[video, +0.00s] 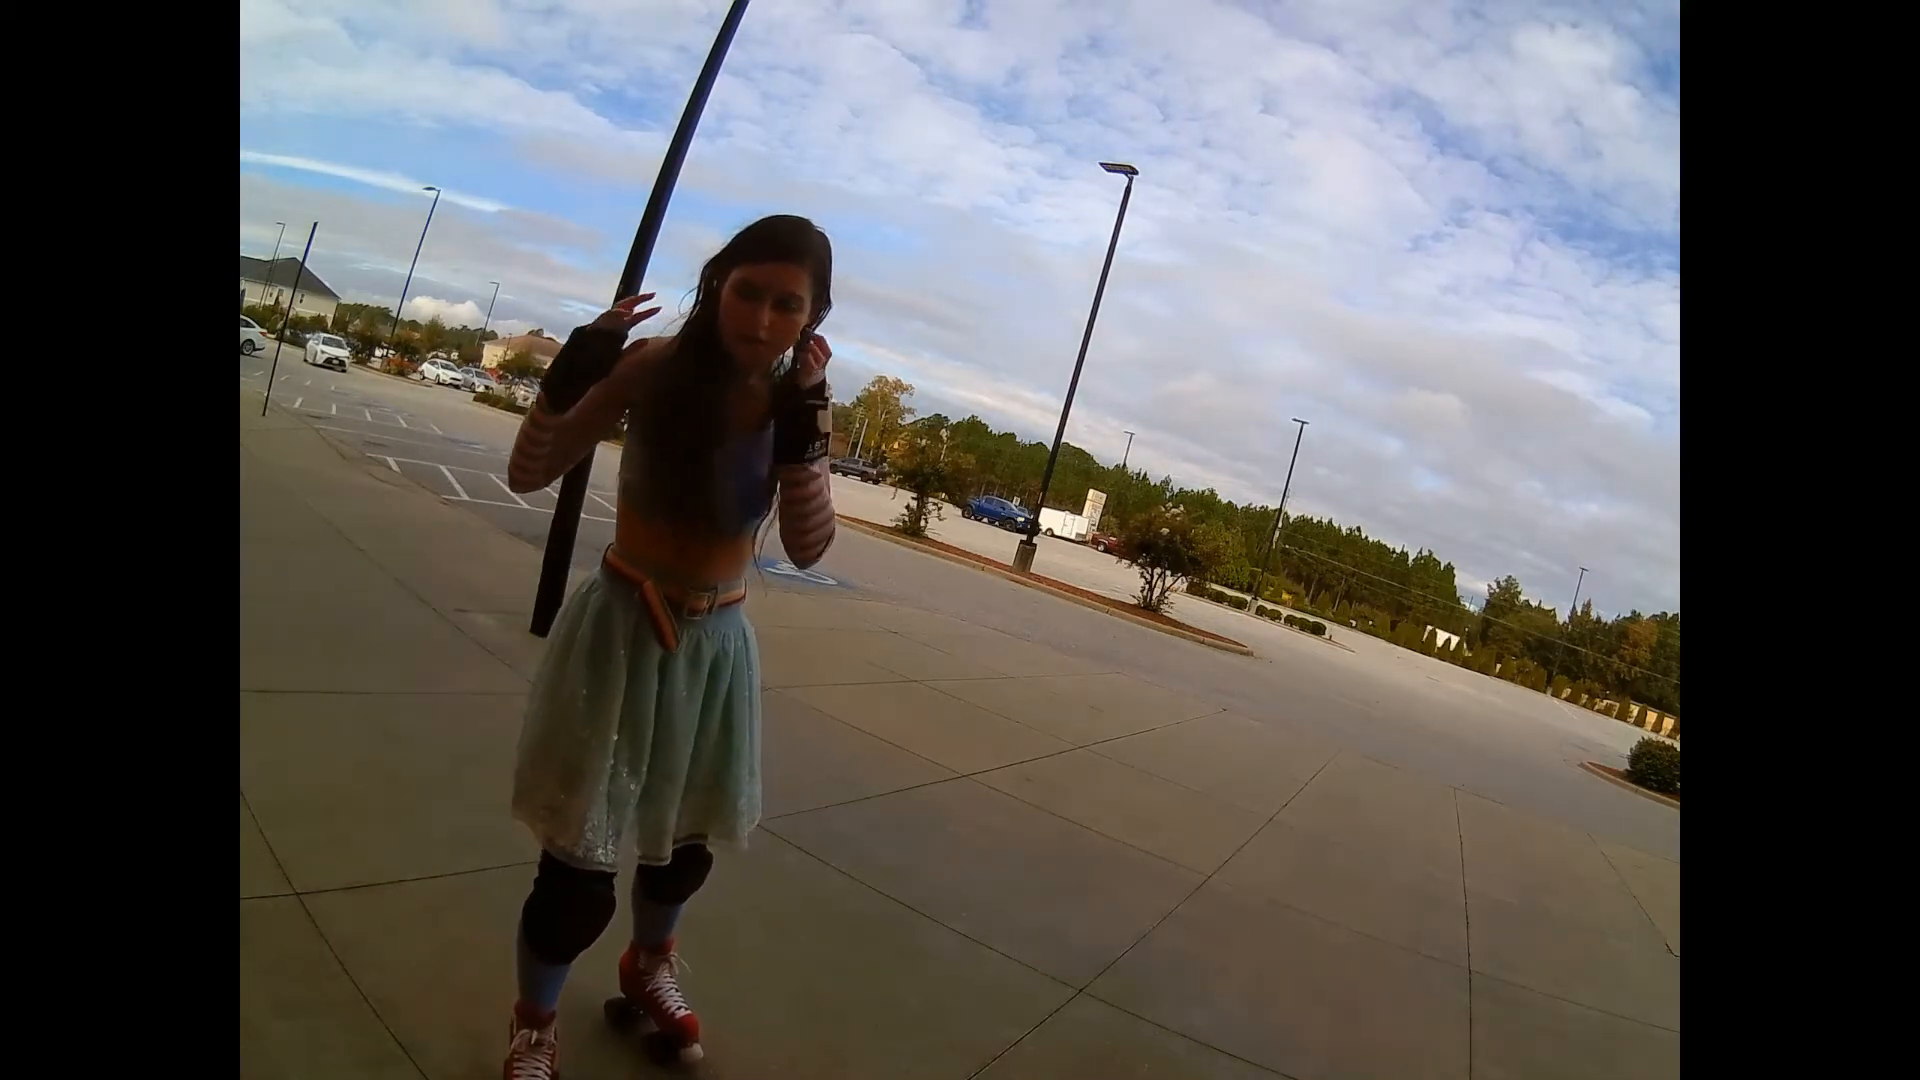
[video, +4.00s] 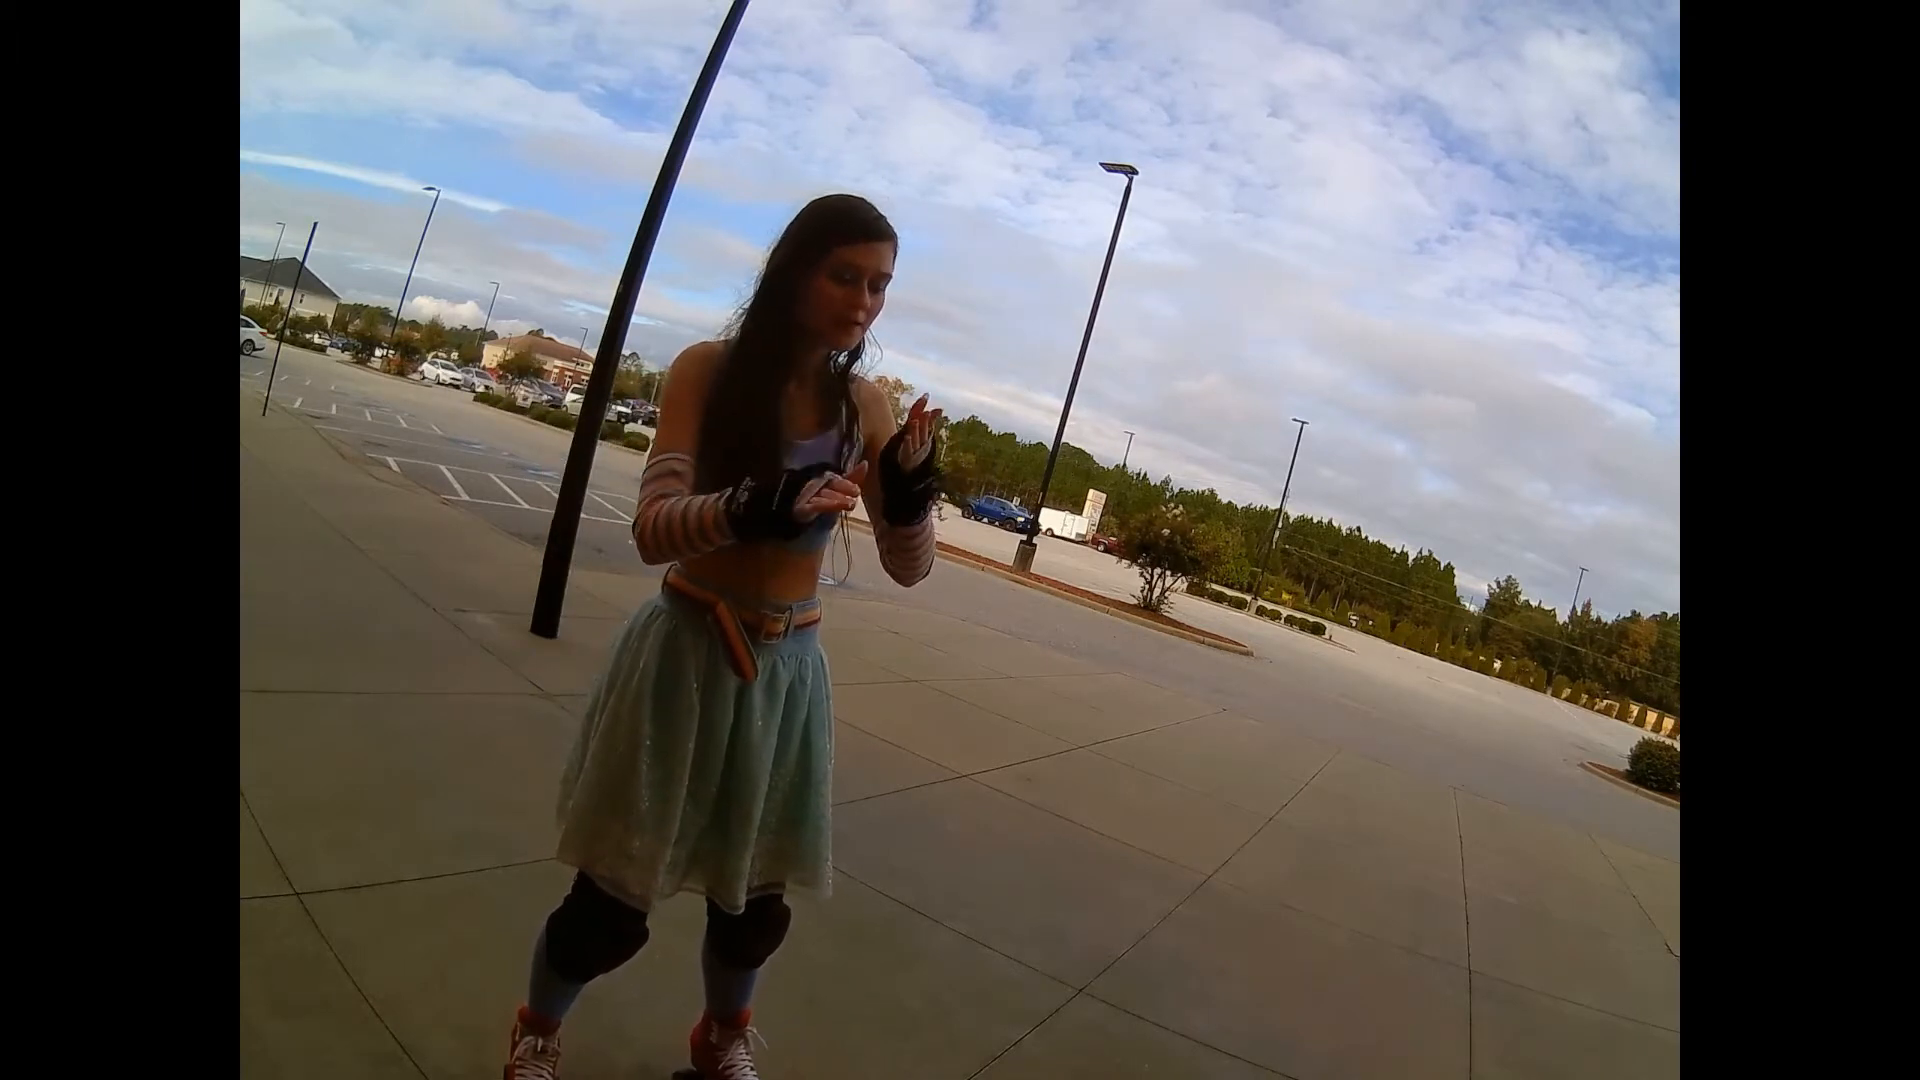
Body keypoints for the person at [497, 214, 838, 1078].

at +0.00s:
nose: (761, 321)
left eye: (786, 305)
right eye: (748, 294)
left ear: (810, 318)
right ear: (715, 288)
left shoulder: (791, 407)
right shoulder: (653, 371)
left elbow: (806, 544)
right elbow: (528, 470)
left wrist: (807, 409)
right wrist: (576, 365)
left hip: (717, 638)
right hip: (621, 626)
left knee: (685, 847)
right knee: (580, 866)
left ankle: (648, 967)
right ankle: (535, 1026)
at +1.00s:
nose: (805, 323)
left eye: (829, 303)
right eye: (785, 296)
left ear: (857, 320)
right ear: (750, 297)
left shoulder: (834, 422)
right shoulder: (682, 383)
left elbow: (815, 579)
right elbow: (571, 512)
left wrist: (784, 511)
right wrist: (579, 633)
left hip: (727, 650)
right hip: (630, 641)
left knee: (707, 878)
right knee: (595, 907)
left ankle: (680, 1002)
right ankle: (536, 1043)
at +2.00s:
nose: (905, 304)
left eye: (918, 288)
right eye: (886, 279)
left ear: (923, 304)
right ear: (826, 280)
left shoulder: (888, 410)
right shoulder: (726, 367)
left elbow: (891, 520)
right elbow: (579, 435)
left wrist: (851, 618)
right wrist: (577, 570)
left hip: (781, 671)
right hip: (670, 646)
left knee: (750, 899)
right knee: (602, 893)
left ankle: (719, 1034)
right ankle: (536, 1029)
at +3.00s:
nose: (857, 294)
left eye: (870, 280)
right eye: (840, 272)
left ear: (877, 293)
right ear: (789, 271)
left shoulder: (858, 403)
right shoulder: (701, 375)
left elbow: (902, 548)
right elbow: (656, 526)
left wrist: (933, 446)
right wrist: (773, 483)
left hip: (783, 665)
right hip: (678, 647)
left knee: (754, 901)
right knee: (609, 898)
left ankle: (716, 1035)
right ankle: (538, 1022)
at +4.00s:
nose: (866, 302)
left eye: (880, 286)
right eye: (848, 279)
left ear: (886, 295)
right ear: (794, 274)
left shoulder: (871, 406)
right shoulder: (707, 372)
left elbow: (908, 567)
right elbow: (654, 525)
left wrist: (910, 482)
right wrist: (765, 508)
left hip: (789, 669)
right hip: (686, 651)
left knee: (757, 904)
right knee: (614, 905)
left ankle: (722, 1037)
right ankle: (536, 1034)